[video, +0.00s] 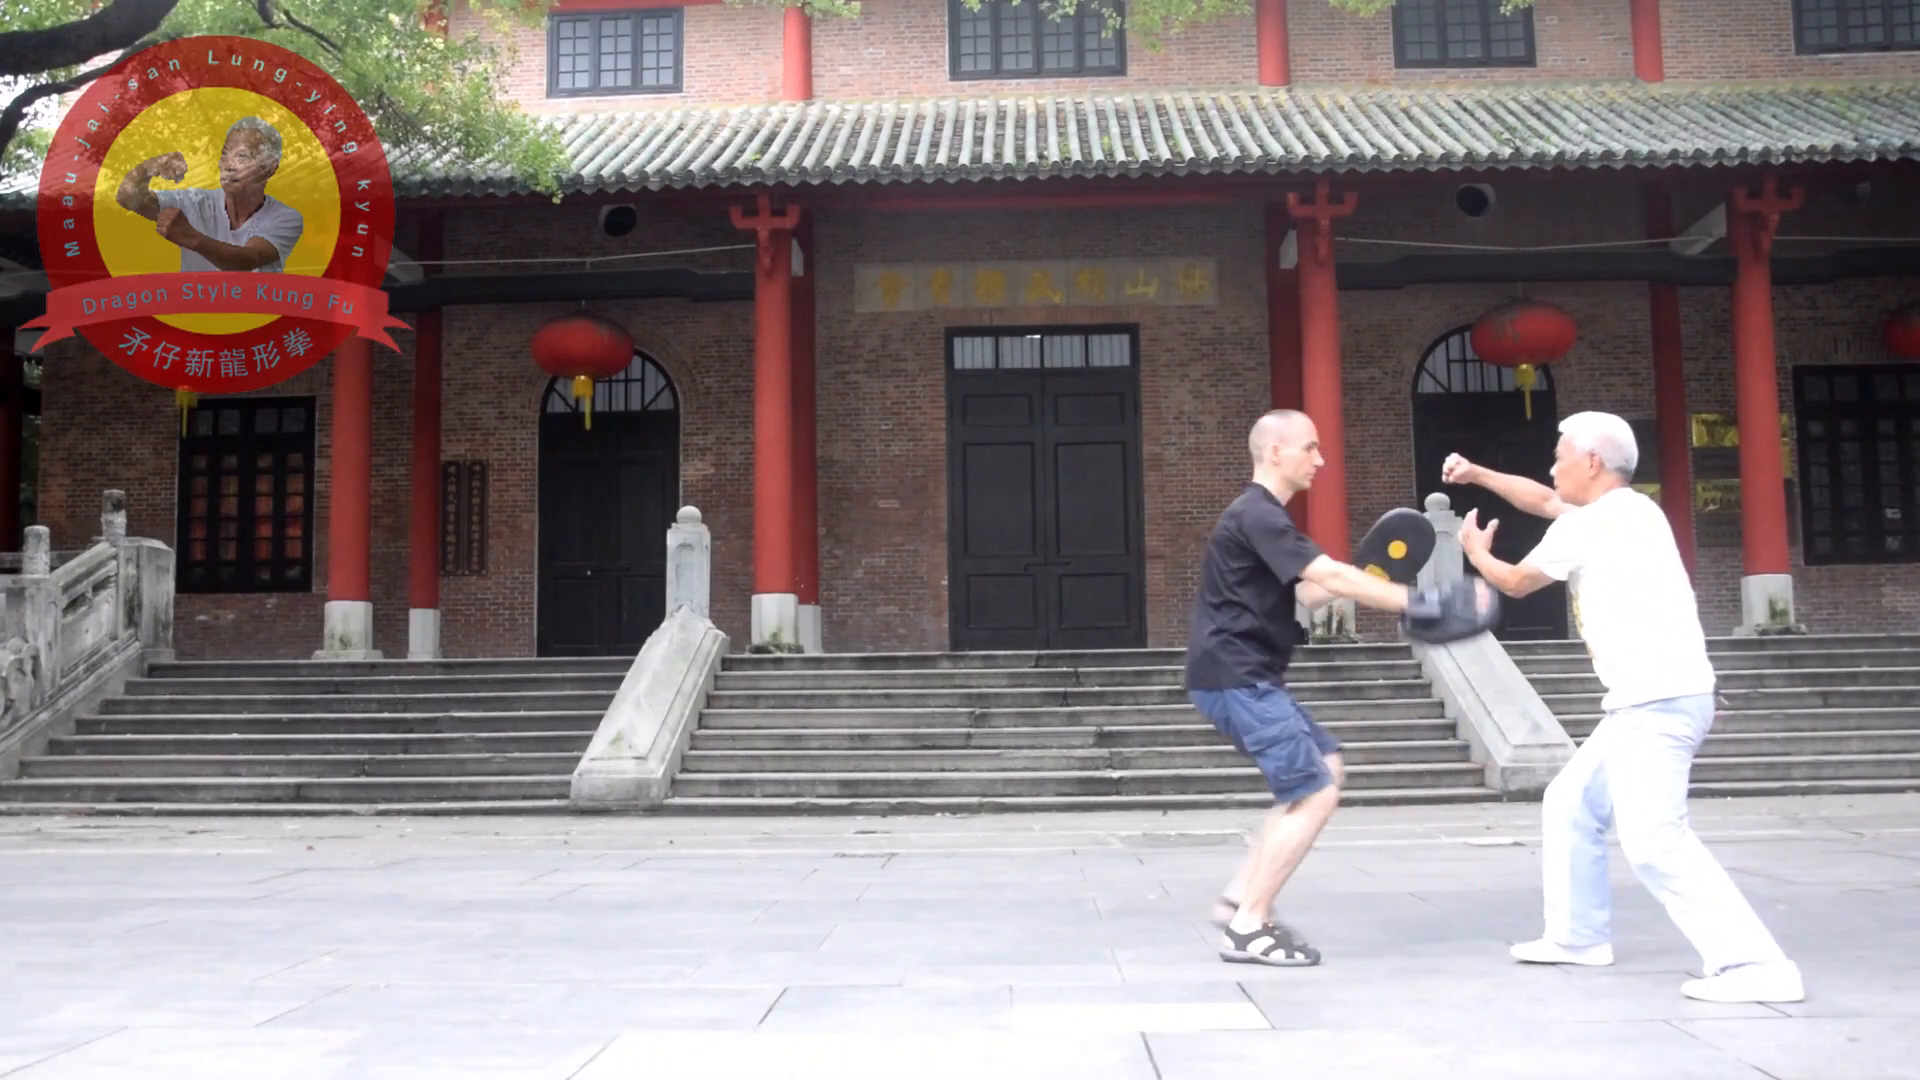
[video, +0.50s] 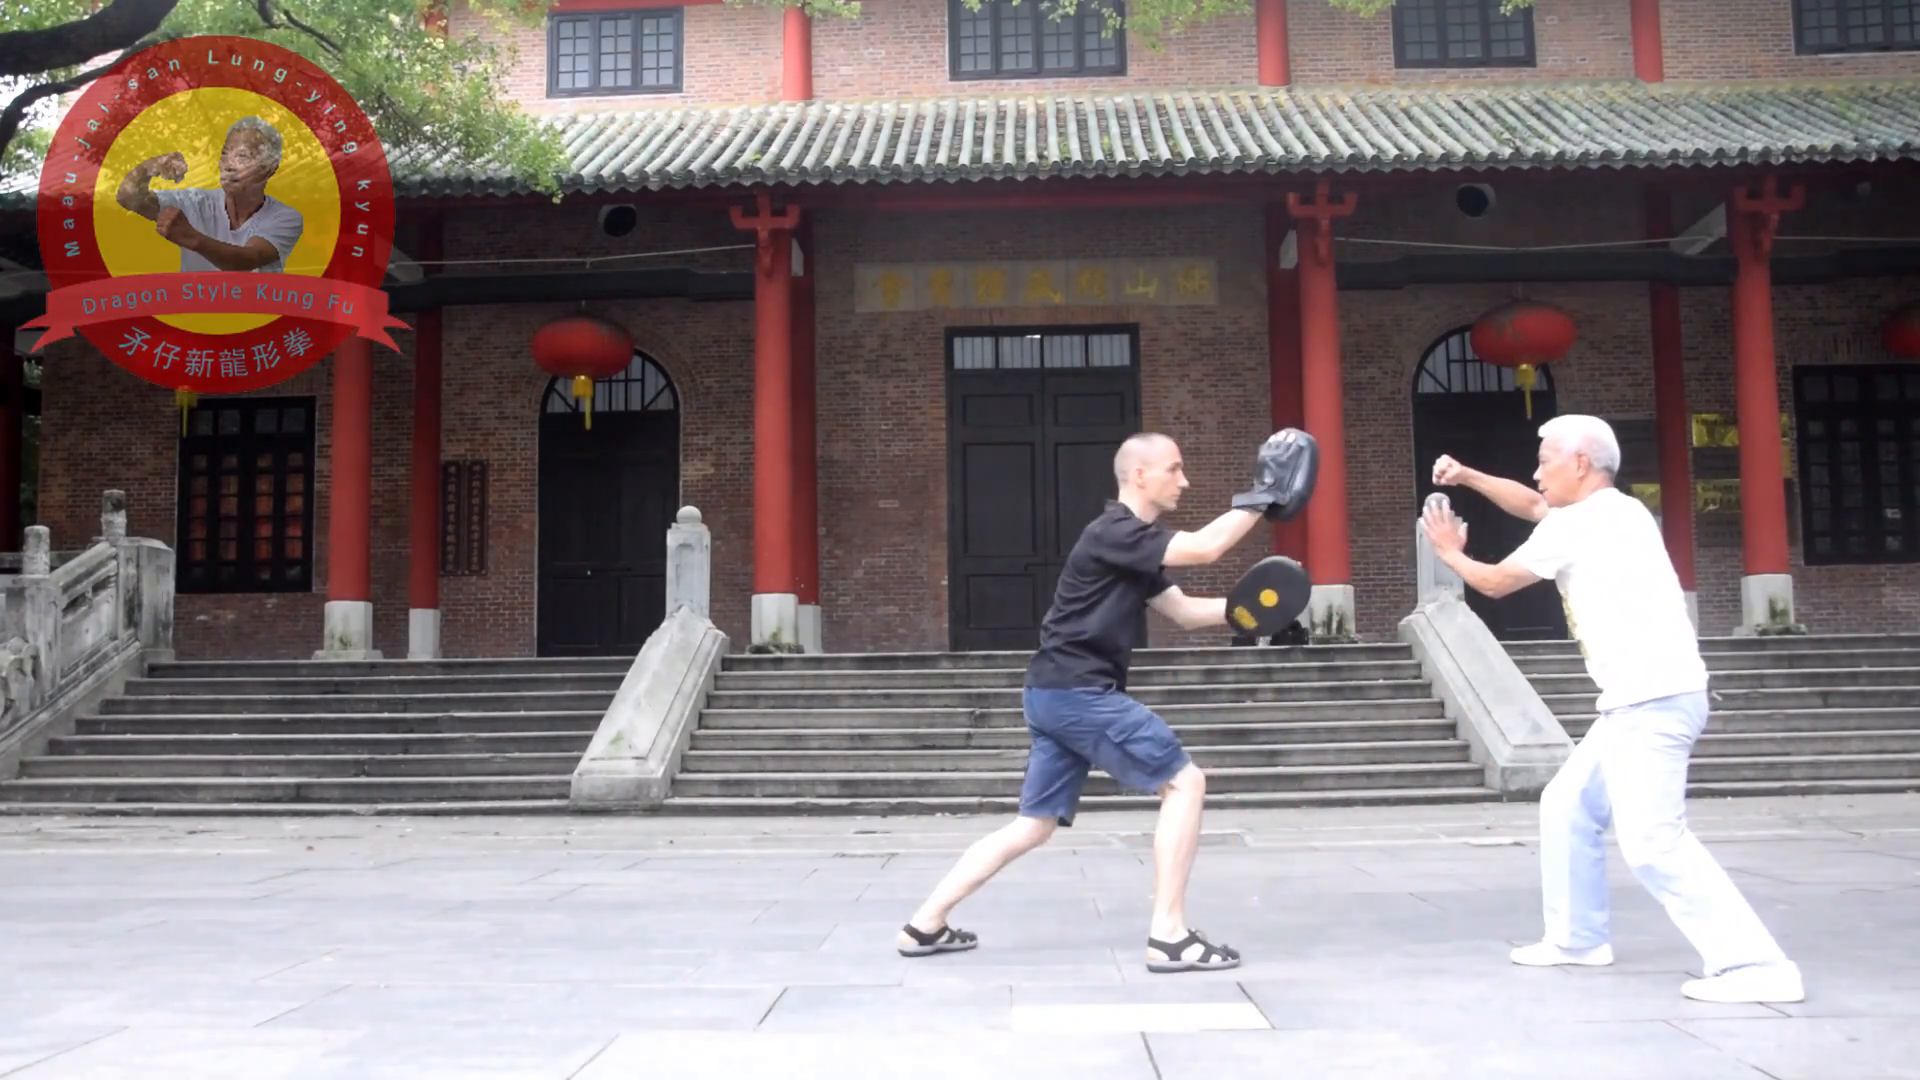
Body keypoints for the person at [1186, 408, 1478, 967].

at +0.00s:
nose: (1319, 458)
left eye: (1317, 448)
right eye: (1309, 448)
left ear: (1279, 454)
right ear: (1275, 453)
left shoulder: (1265, 512)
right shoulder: (1257, 513)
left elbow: (1302, 596)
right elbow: (1332, 576)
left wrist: (1355, 574)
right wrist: (1420, 604)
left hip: (1248, 673)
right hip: (1232, 677)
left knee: (1325, 767)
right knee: (1316, 789)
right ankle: (1249, 926)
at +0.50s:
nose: (1184, 480)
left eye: (1183, 469)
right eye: (1175, 470)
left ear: (1142, 480)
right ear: (1139, 477)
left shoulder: (1125, 537)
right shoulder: (1116, 530)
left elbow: (1183, 611)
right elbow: (1205, 547)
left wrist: (1257, 609)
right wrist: (1261, 496)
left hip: (1053, 691)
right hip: (1076, 690)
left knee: (1033, 826)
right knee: (1185, 783)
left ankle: (925, 923)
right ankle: (1169, 935)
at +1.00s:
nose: (1161, 473)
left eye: (1160, 462)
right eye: (1152, 462)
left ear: (1119, 470)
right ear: (1117, 468)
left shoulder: (1109, 532)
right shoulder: (1096, 525)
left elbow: (1170, 600)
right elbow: (1188, 537)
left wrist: (1242, 596)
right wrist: (1246, 485)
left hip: (1046, 691)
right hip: (1070, 690)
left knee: (1030, 822)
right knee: (1180, 784)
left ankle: (925, 923)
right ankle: (1169, 936)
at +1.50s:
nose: (1154, 469)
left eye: (1152, 459)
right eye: (1144, 459)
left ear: (1111, 468)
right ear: (1108, 465)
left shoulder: (1107, 532)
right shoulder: (1088, 522)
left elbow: (1167, 598)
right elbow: (1176, 533)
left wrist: (1239, 591)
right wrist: (1237, 481)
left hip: (1045, 689)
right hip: (1066, 688)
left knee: (1030, 822)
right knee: (1177, 783)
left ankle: (925, 924)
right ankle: (1169, 935)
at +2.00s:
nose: (1103, 448)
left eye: (1103, 439)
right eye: (1092, 439)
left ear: (1073, 448)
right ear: (1057, 445)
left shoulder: (1091, 515)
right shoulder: (1034, 504)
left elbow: (1134, 567)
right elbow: (1088, 522)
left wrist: (1183, 583)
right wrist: (1148, 467)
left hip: (1044, 678)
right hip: (1048, 678)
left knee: (1012, 810)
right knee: (1151, 781)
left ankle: (921, 924)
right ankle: (1166, 934)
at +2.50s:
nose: (1037, 464)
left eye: (1037, 453)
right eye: (1027, 453)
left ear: (1004, 460)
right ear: (991, 458)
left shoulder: (1005, 528)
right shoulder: (962, 518)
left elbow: (1041, 581)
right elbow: (1002, 598)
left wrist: (1100, 572)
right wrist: (1081, 581)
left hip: (979, 682)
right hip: (944, 682)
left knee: (1019, 803)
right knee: (1041, 768)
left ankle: (943, 917)